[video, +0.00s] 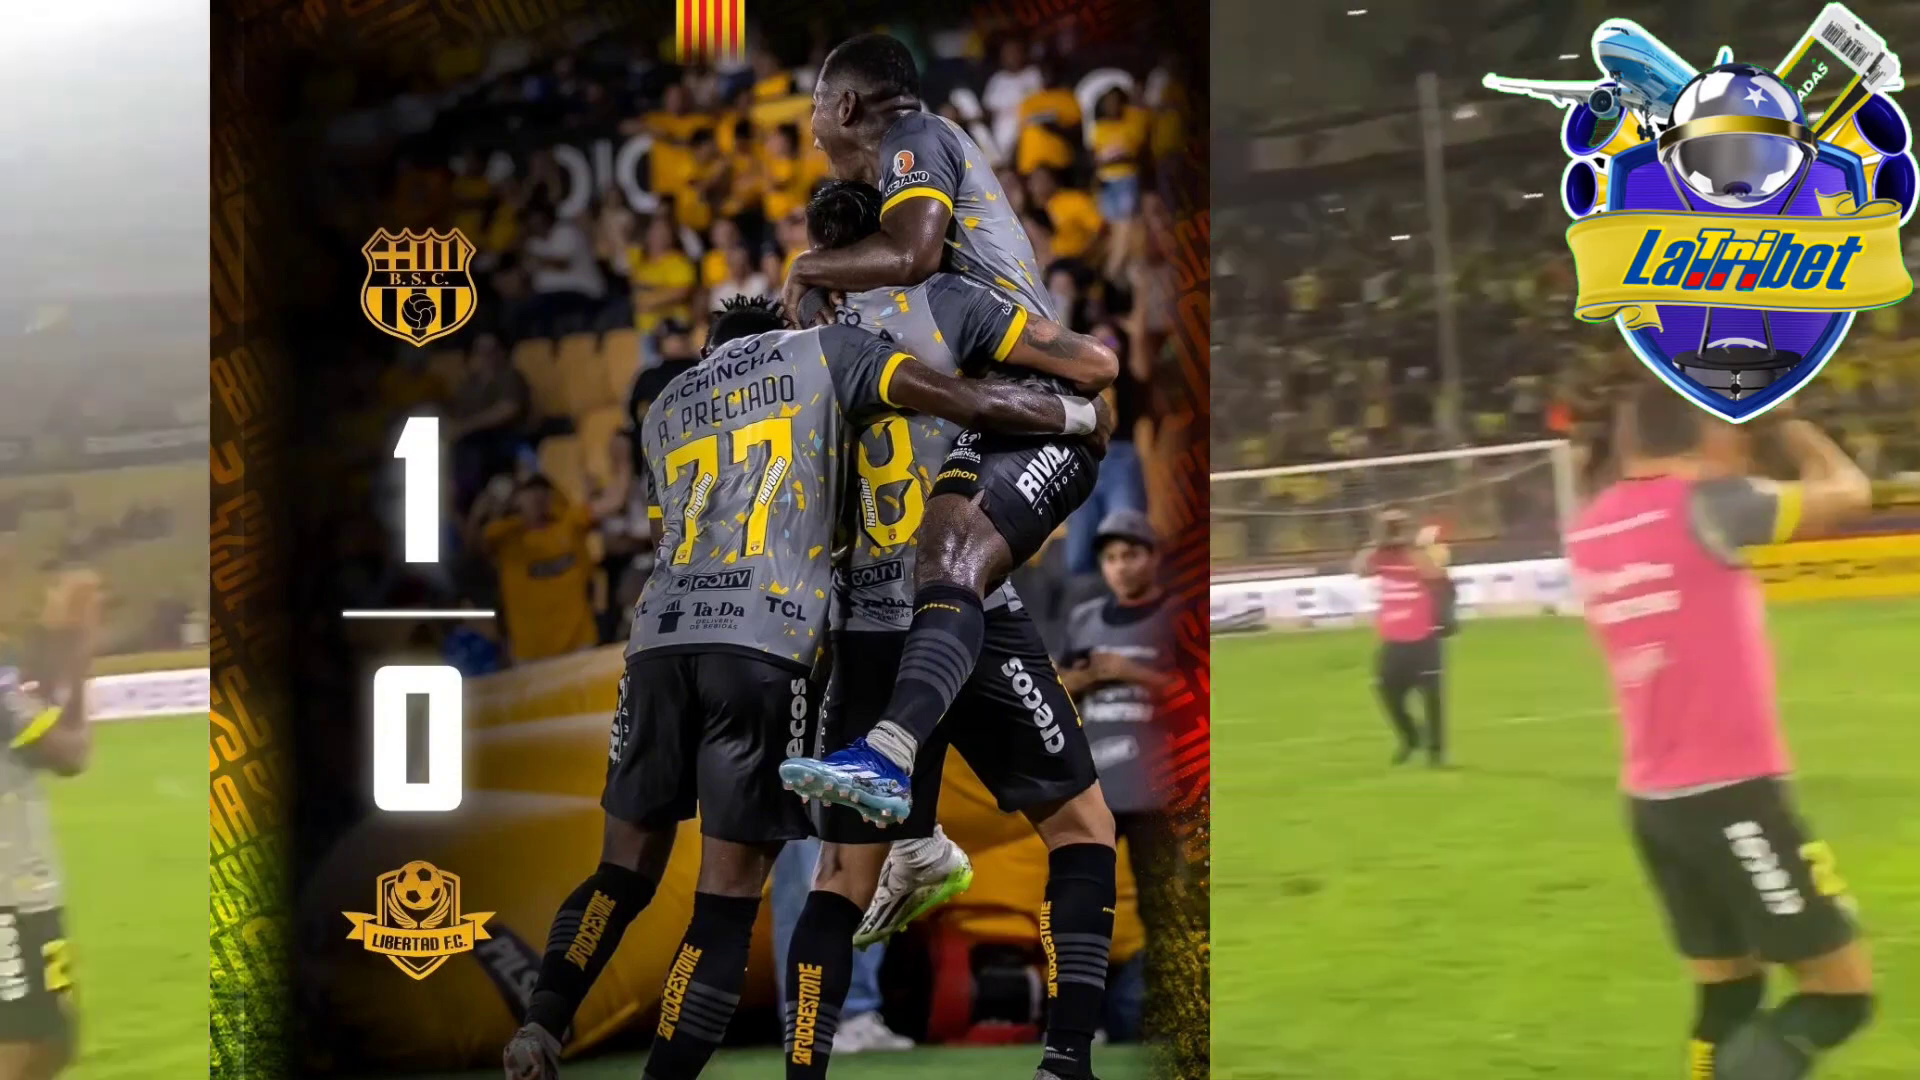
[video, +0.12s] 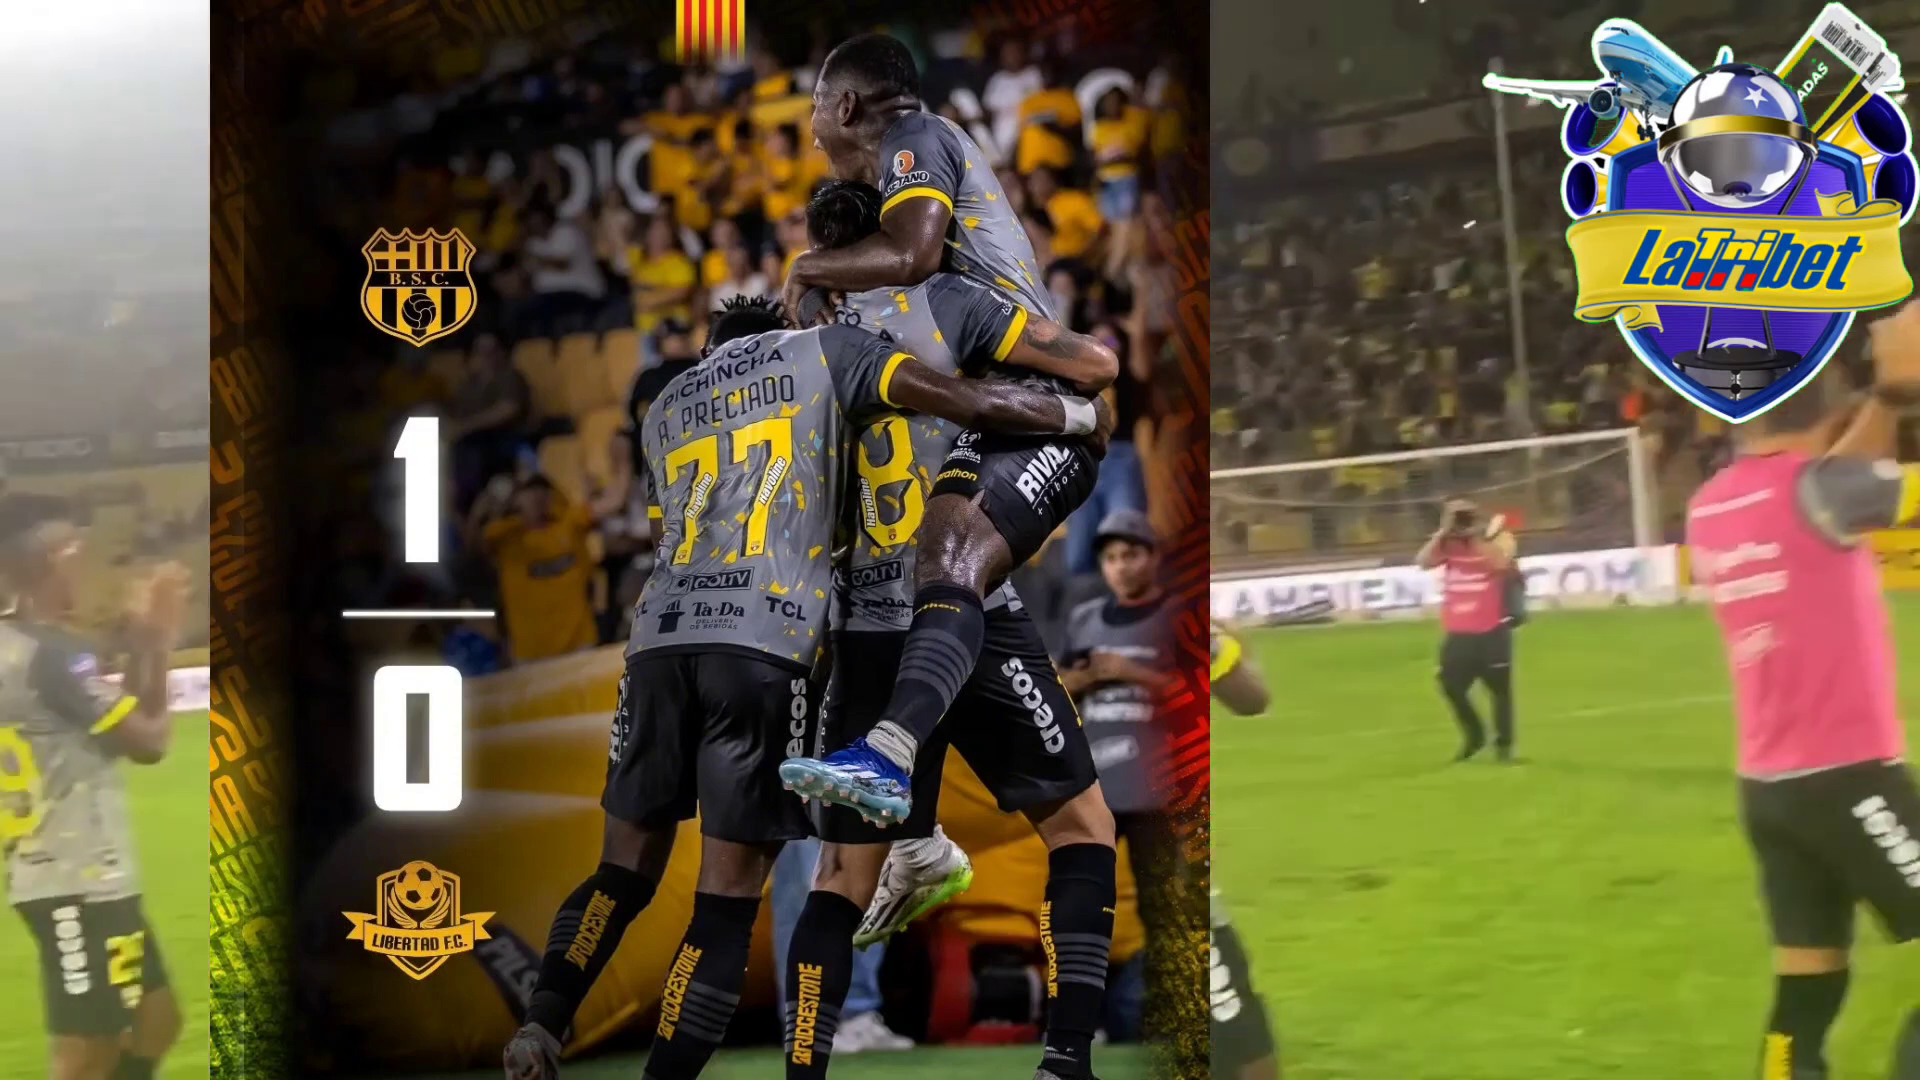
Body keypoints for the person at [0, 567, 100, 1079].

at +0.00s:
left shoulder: (11, 685)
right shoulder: (7, 689)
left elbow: (63, 750)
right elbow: (68, 751)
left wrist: (66, 653)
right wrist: (78, 653)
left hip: (31, 894)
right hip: (15, 897)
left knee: (48, 1046)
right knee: (27, 1048)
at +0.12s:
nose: (81, 564)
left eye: (77, 551)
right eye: (69, 554)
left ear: (29, 570)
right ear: (34, 567)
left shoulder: (17, 644)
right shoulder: (49, 654)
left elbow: (126, 723)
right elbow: (150, 738)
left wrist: (140, 642)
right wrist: (161, 637)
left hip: (76, 878)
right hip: (77, 883)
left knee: (158, 1024)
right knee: (84, 1059)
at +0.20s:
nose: (136, 552)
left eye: (130, 539)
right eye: (125, 541)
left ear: (75, 558)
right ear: (98, 554)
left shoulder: (48, 638)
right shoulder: (97, 648)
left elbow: (170, 718)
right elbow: (194, 738)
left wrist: (192, 648)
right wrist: (198, 644)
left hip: (143, 869)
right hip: (118, 879)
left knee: (216, 1012)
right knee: (118, 1061)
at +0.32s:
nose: (183, 545)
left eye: (178, 531)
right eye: (170, 534)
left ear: (124, 555)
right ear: (140, 550)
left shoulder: (99, 631)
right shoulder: (140, 642)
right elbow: (216, 724)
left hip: (138, 864)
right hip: (160, 870)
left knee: (154, 1043)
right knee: (149, 1048)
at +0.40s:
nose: (222, 543)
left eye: (219, 530)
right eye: (208, 532)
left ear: (179, 548)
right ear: (179, 546)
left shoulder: (160, 629)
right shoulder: (187, 638)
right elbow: (265, 701)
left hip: (181, 854)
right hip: (198, 860)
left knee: (197, 1032)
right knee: (194, 1037)